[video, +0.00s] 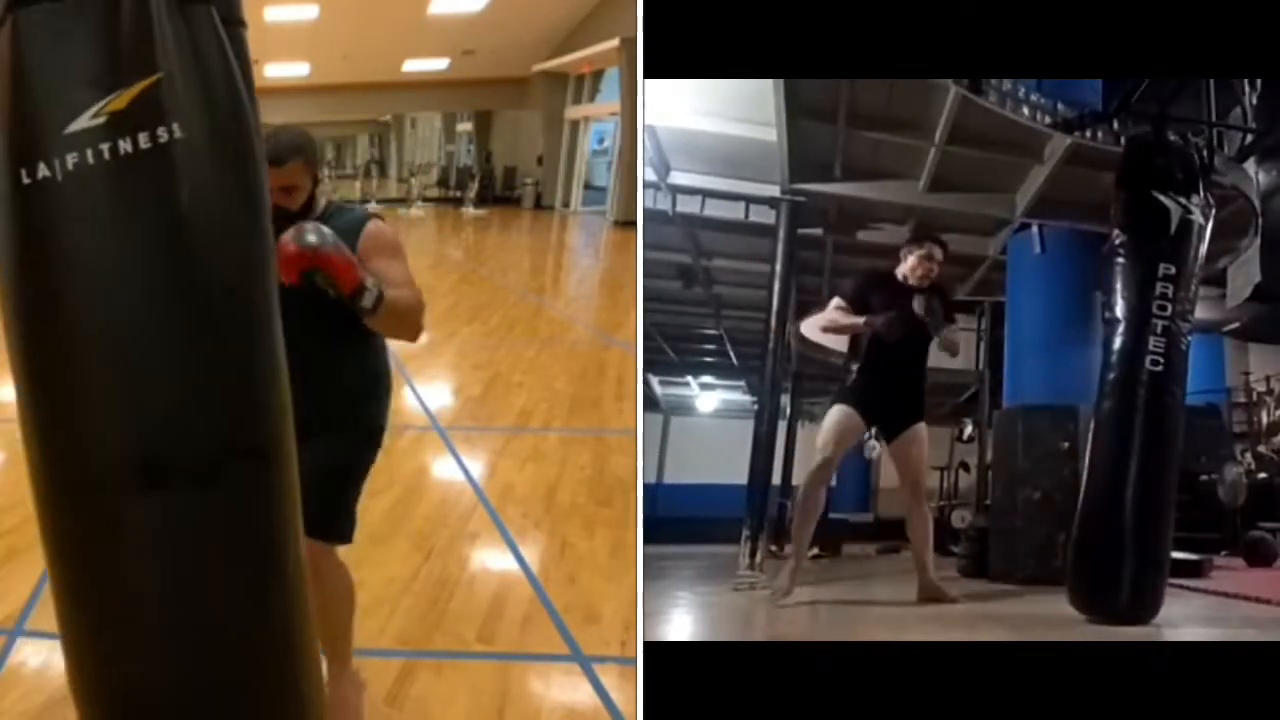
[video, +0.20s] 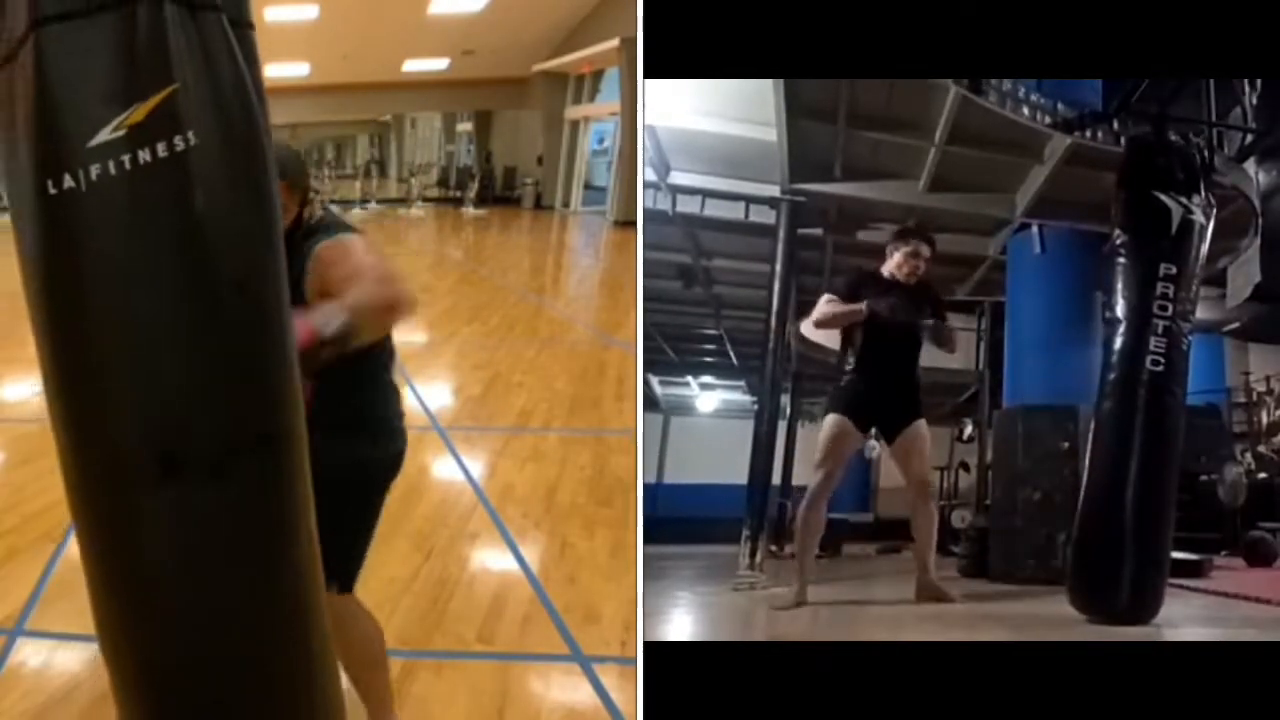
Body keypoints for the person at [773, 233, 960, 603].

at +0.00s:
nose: (929, 268)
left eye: (936, 263)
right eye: (925, 258)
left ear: (938, 269)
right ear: (905, 255)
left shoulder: (935, 298)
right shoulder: (874, 284)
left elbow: (954, 348)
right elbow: (820, 322)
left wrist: (937, 325)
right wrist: (868, 322)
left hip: (906, 402)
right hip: (861, 394)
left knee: (918, 491)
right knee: (823, 464)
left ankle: (927, 581)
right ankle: (794, 564)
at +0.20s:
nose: (916, 264)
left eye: (923, 259)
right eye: (911, 255)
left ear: (928, 264)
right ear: (891, 254)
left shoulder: (924, 295)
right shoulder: (862, 283)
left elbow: (950, 345)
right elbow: (818, 317)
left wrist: (934, 325)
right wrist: (868, 309)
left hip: (903, 398)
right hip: (857, 393)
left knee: (923, 486)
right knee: (822, 481)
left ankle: (926, 580)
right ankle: (801, 585)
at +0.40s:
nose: (902, 261)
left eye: (907, 256)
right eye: (895, 253)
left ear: (910, 261)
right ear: (872, 251)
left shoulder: (908, 292)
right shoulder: (845, 281)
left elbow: (931, 343)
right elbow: (808, 319)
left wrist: (930, 309)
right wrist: (858, 296)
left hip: (891, 399)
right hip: (845, 396)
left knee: (911, 492)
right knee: (813, 483)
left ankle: (917, 585)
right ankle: (799, 586)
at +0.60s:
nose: (888, 249)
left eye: (894, 245)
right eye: (882, 240)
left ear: (896, 251)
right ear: (861, 238)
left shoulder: (898, 286)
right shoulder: (828, 273)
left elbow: (919, 343)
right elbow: (790, 317)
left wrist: (912, 309)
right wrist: (839, 300)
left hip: (883, 389)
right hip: (835, 387)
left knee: (908, 469)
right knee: (808, 478)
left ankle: (906, 579)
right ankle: (798, 586)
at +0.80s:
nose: (880, 253)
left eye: (888, 248)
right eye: (872, 244)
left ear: (894, 256)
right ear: (853, 247)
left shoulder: (897, 294)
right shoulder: (821, 285)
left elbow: (917, 344)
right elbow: (780, 329)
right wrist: (816, 325)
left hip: (879, 396)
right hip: (833, 395)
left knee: (877, 472)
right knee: (791, 492)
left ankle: (891, 592)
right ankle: (796, 589)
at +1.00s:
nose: (834, 236)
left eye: (842, 228)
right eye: (830, 228)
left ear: (864, 229)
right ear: (828, 231)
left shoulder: (881, 269)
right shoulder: (850, 277)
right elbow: (860, 338)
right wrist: (819, 338)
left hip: (892, 380)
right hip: (859, 381)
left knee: (860, 469)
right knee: (822, 474)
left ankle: (899, 579)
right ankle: (806, 574)